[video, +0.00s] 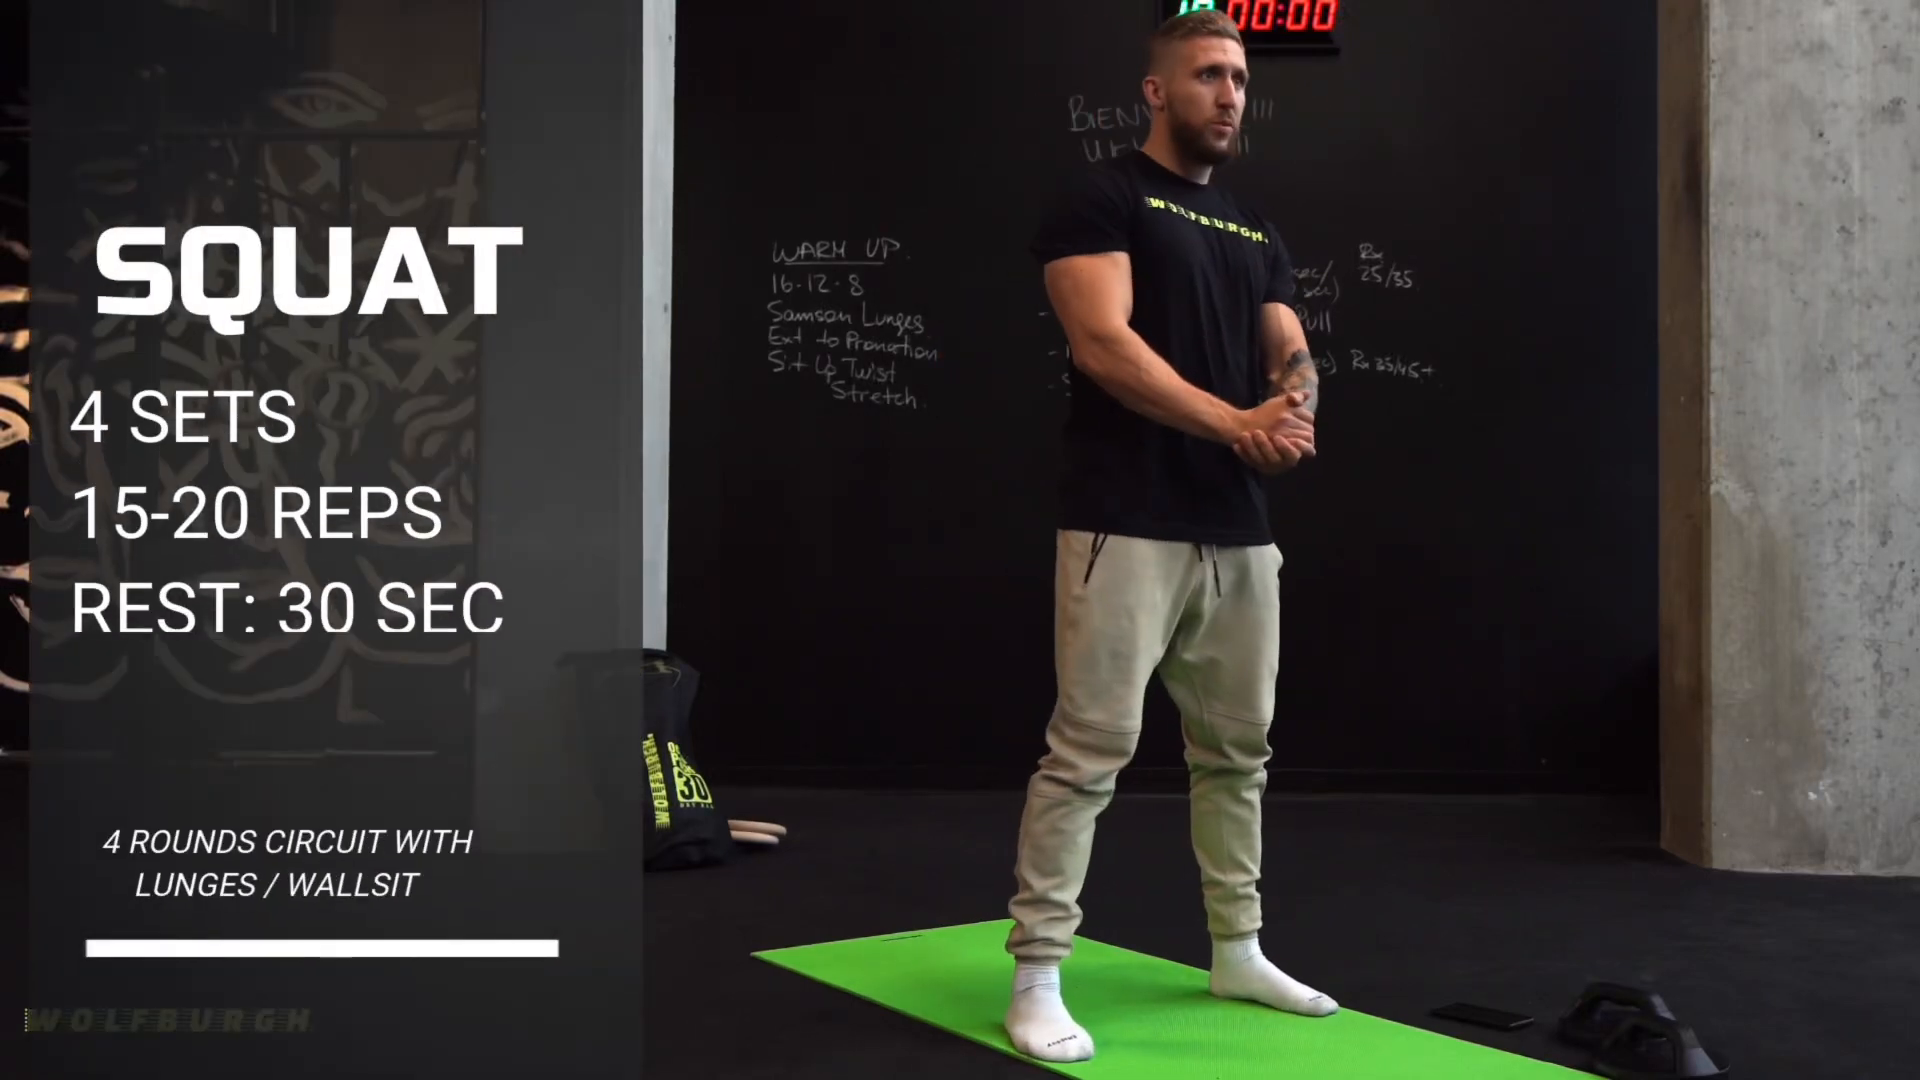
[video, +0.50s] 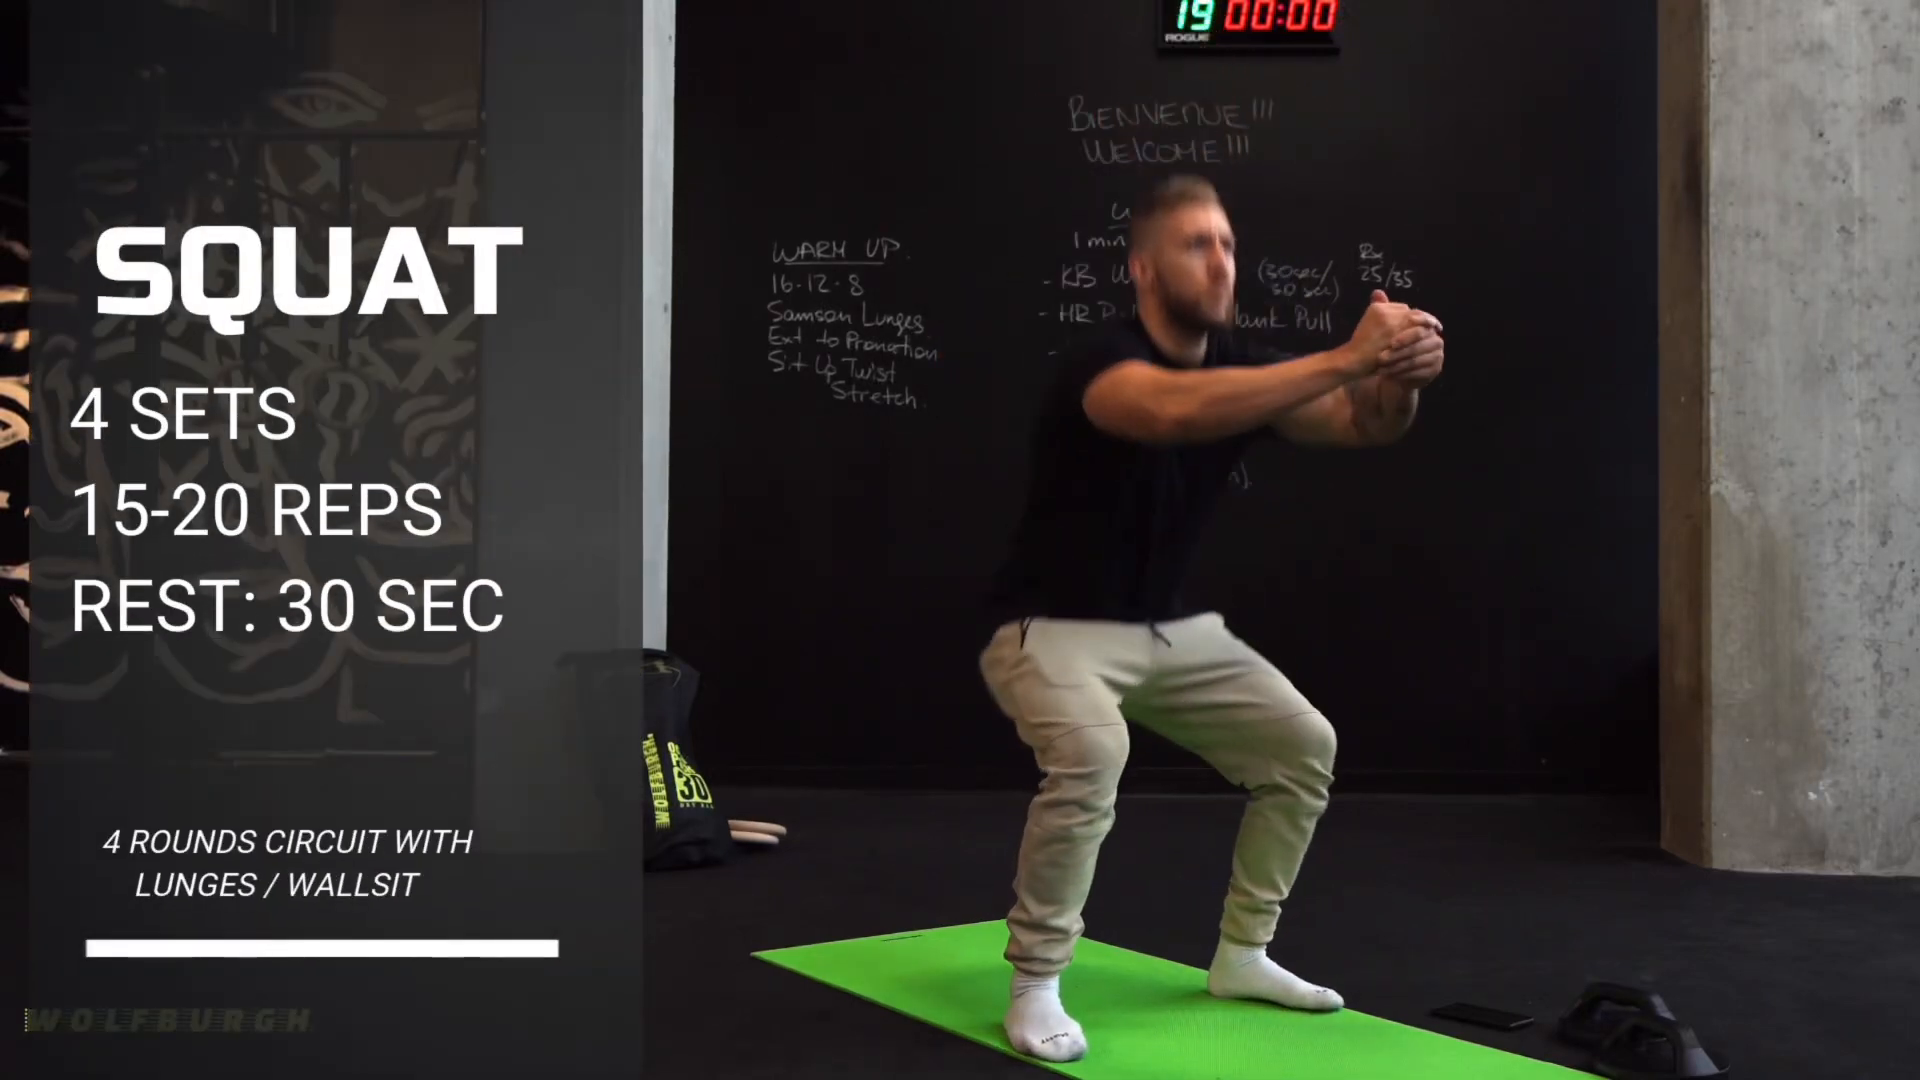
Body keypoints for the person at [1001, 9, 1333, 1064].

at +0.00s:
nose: (1232, 95)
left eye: (1239, 79)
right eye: (1211, 76)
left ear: (1244, 96)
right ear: (1154, 89)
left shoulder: (1251, 232)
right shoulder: (1095, 200)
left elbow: (1288, 352)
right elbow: (1101, 344)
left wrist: (1292, 405)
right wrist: (1232, 423)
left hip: (1236, 528)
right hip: (1123, 523)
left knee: (1235, 747)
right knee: (1090, 749)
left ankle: (1237, 955)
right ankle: (1037, 980)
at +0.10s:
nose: (1225, 89)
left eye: (1231, 73)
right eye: (1202, 71)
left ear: (1233, 93)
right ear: (1145, 90)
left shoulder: (1244, 228)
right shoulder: (1089, 201)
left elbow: (1285, 350)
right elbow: (1100, 343)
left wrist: (1292, 404)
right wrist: (1233, 415)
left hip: (1227, 529)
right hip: (1114, 524)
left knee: (1236, 746)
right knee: (1083, 749)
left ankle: (1237, 955)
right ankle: (1035, 980)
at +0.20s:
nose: (1220, 86)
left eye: (1224, 71)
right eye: (1196, 70)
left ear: (1225, 94)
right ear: (1139, 92)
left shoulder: (1239, 225)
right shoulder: (1084, 204)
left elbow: (1291, 343)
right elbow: (1105, 340)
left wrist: (1297, 402)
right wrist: (1246, 407)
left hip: (1221, 536)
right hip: (1106, 531)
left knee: (1243, 746)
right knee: (1079, 754)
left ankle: (1237, 955)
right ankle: (1034, 981)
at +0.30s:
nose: (1212, 114)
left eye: (1218, 99)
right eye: (1188, 99)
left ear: (1226, 121)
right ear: (1133, 121)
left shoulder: (1239, 251)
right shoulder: (1082, 229)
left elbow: (1311, 345)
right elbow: (1127, 347)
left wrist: (1347, 375)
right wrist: (1289, 379)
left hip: (1198, 548)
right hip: (1082, 545)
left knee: (1268, 744)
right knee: (1078, 758)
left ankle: (1239, 955)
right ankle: (1035, 982)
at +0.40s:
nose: (1214, 167)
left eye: (1220, 151)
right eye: (1189, 151)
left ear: (1227, 169)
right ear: (1135, 172)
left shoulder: (1238, 293)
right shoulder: (1086, 277)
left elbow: (1324, 368)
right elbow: (1148, 364)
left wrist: (1387, 366)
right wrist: (1314, 364)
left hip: (1180, 578)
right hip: (1066, 577)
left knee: (1286, 744)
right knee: (1088, 756)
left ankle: (1241, 955)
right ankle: (1036, 982)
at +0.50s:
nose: (1222, 261)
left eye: (1227, 246)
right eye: (1198, 246)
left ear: (1235, 263)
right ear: (1142, 266)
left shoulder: (1239, 375)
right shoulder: (1099, 364)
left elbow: (1368, 424)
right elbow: (1173, 410)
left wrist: (1408, 376)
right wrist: (1344, 359)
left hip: (1168, 631)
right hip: (1052, 631)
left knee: (1302, 746)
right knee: (1090, 754)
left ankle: (1242, 958)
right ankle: (1036, 985)